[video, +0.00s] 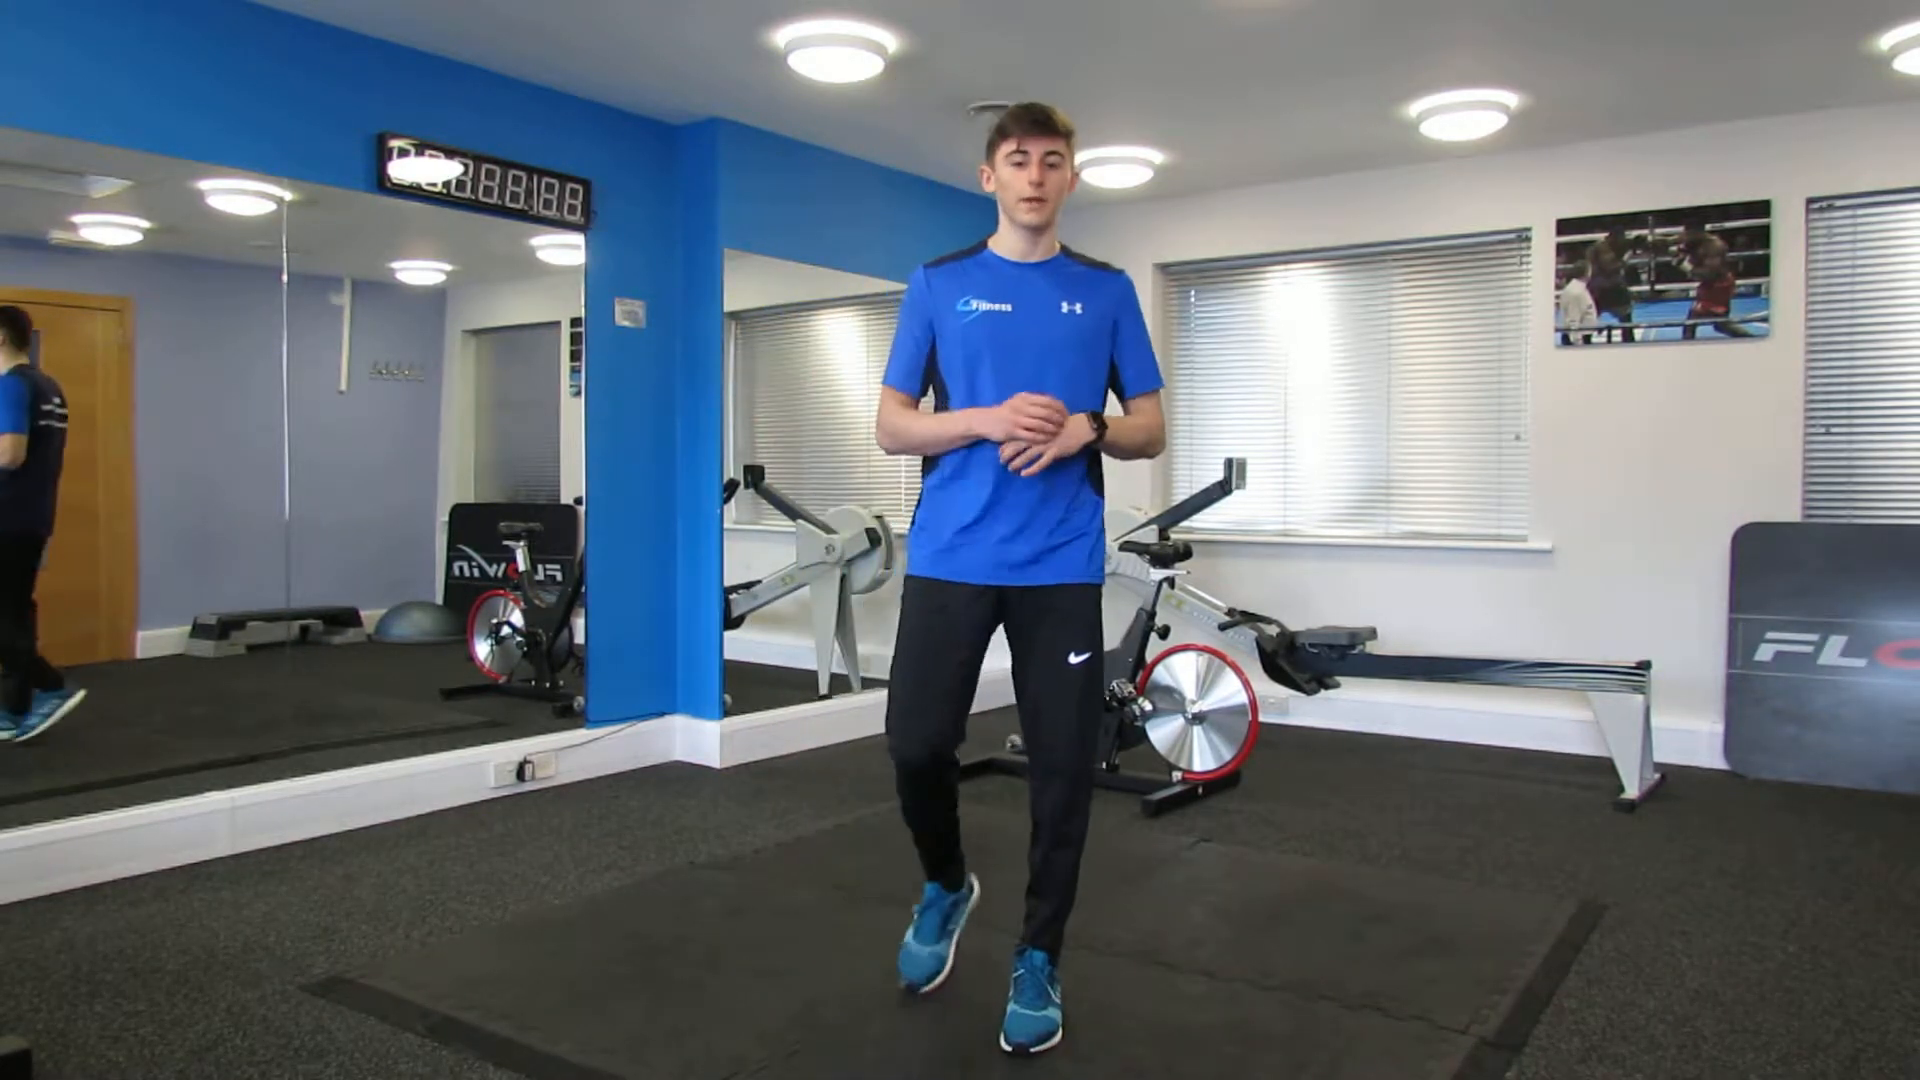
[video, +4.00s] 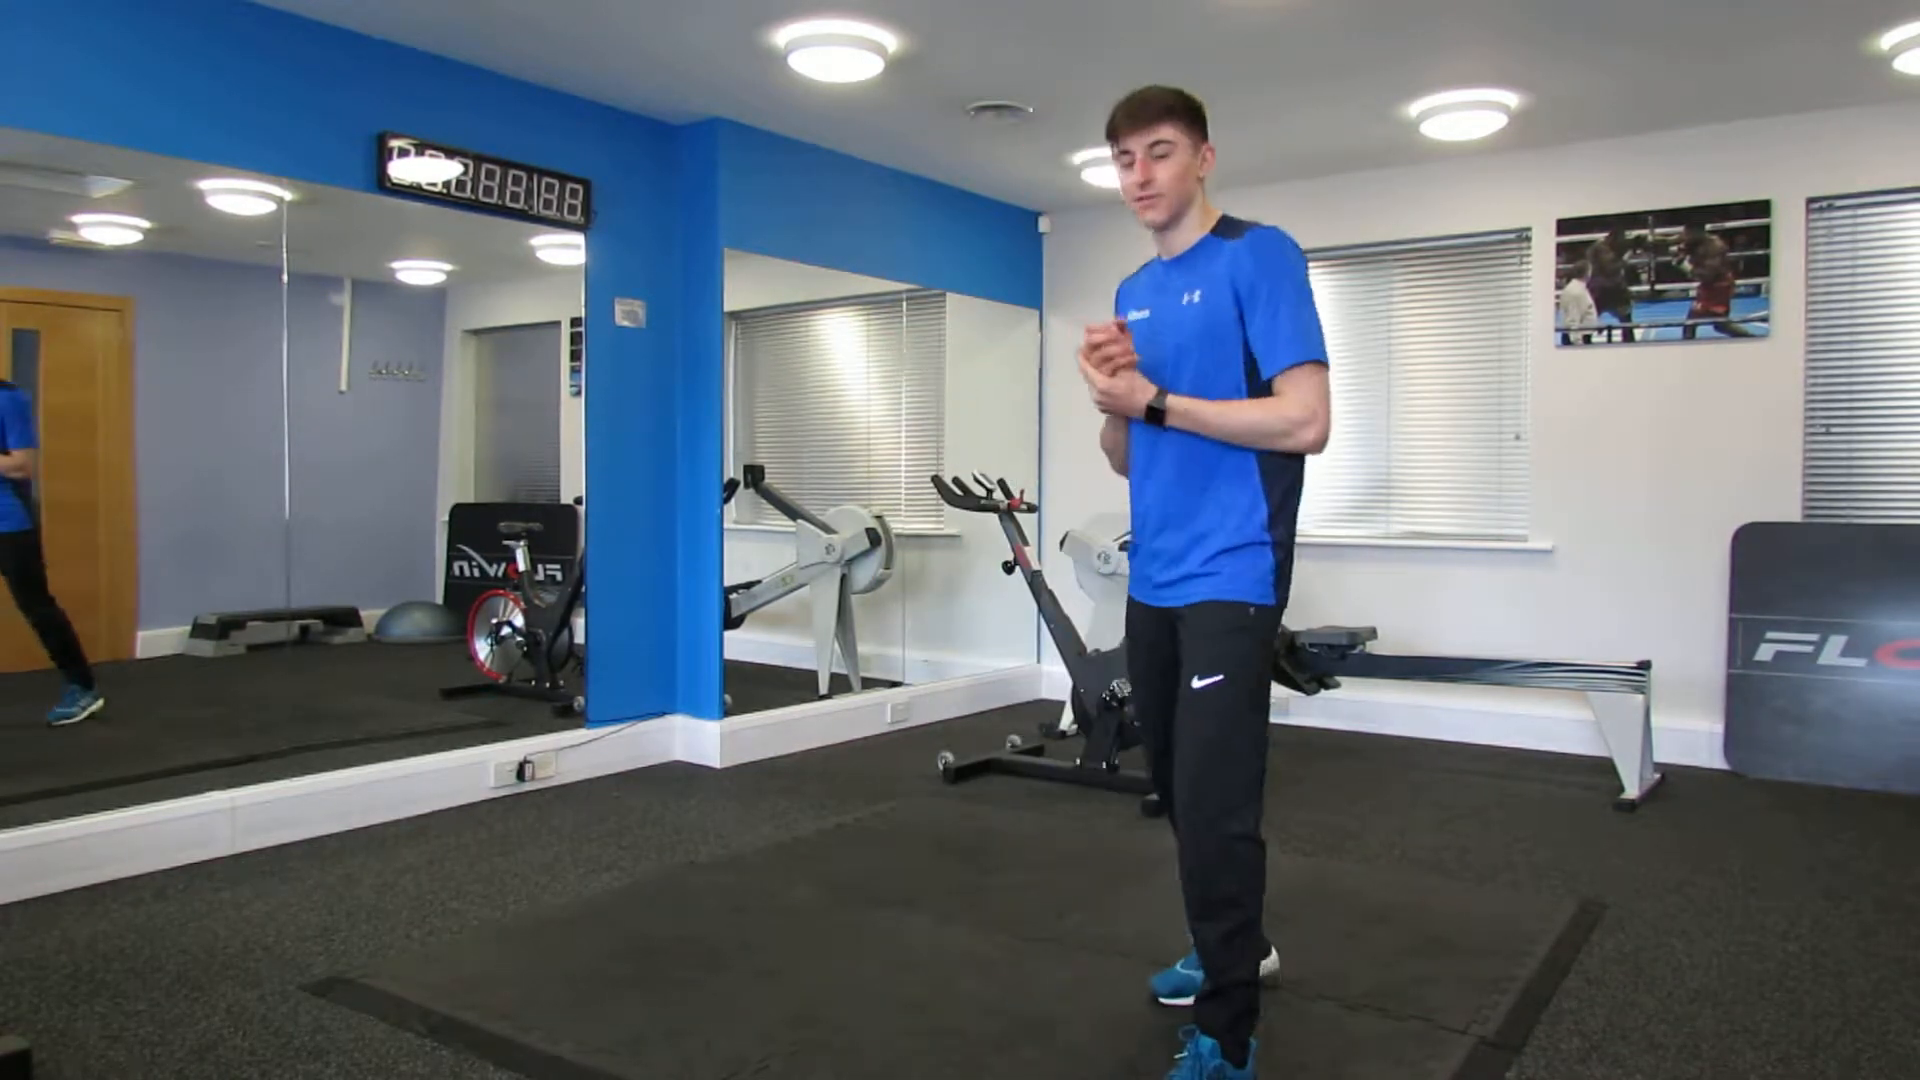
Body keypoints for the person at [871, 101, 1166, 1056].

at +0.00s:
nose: (1036, 175)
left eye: (1052, 163)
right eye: (1020, 161)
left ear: (1073, 181)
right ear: (989, 178)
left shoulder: (1106, 290)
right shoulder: (937, 284)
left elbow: (1148, 430)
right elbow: (892, 425)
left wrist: (1090, 430)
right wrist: (983, 421)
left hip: (1060, 561)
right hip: (949, 556)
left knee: (1062, 767)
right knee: (917, 746)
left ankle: (1039, 956)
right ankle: (946, 886)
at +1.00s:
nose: (975, 206)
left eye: (990, 195)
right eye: (960, 194)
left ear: (1009, 211)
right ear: (935, 208)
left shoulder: (1050, 301)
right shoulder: (898, 314)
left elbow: (1089, 427)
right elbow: (864, 446)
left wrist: (1001, 424)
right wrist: (922, 418)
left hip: (1027, 553)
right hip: (929, 556)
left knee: (1049, 726)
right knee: (938, 731)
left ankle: (1054, 914)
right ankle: (961, 894)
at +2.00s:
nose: (1047, 187)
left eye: (1063, 173)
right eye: (1031, 173)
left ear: (1086, 189)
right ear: (1004, 188)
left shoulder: (1125, 295)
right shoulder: (955, 293)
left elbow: (1157, 431)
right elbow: (920, 434)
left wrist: (1079, 422)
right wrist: (995, 408)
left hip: (1073, 568)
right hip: (967, 560)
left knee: (1071, 753)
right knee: (939, 748)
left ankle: (1045, 912)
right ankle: (943, 954)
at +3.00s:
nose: (980, 136)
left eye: (1001, 114)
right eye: (963, 121)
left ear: (1045, 123)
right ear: (951, 139)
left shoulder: (1114, 242)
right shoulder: (934, 272)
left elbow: (1159, 415)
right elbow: (914, 452)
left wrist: (1012, 414)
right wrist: (912, 401)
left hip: (1058, 578)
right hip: (946, 574)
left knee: (1070, 814)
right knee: (923, 798)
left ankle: (1193, 1032)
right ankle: (938, 1006)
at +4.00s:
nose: (1141, 174)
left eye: (1160, 152)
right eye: (1125, 161)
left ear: (1205, 158)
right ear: (1117, 180)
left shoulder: (1260, 255)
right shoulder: (1133, 296)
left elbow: (1307, 420)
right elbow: (1128, 460)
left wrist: (1157, 400)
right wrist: (1110, 401)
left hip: (1232, 566)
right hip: (1155, 569)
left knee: (1217, 800)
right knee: (1178, 780)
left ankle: (1225, 1035)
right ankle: (1229, 947)